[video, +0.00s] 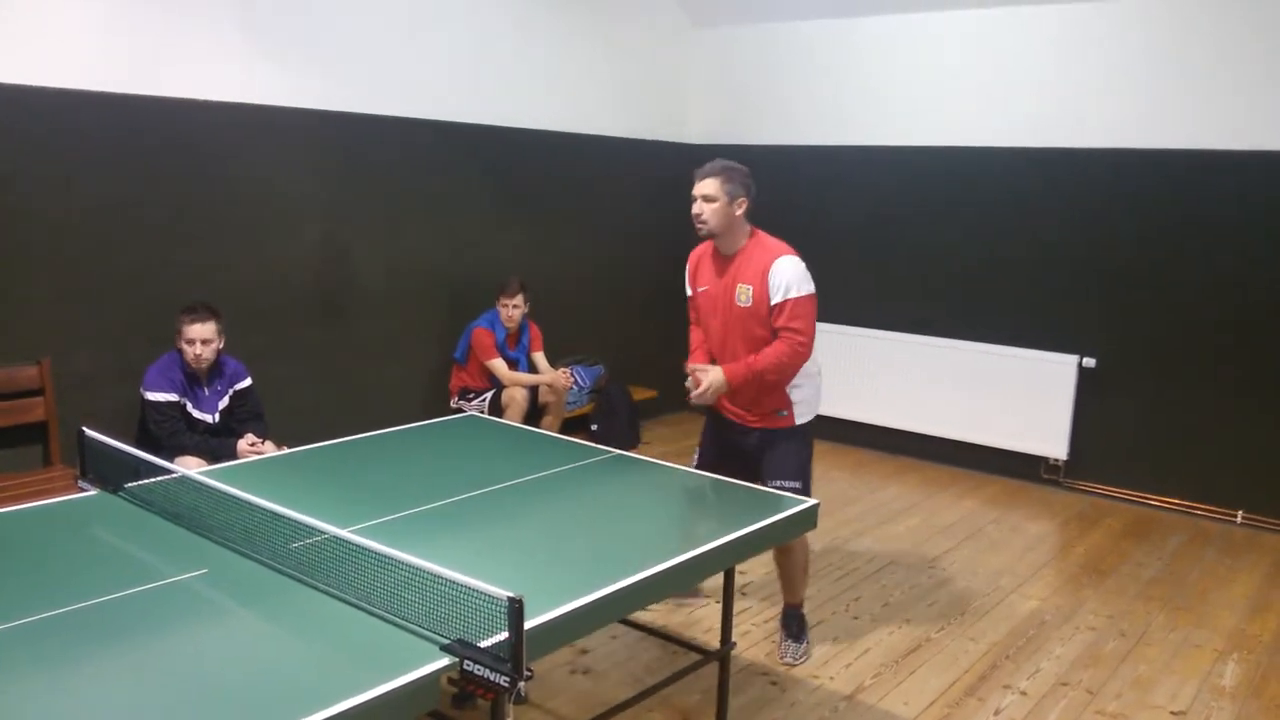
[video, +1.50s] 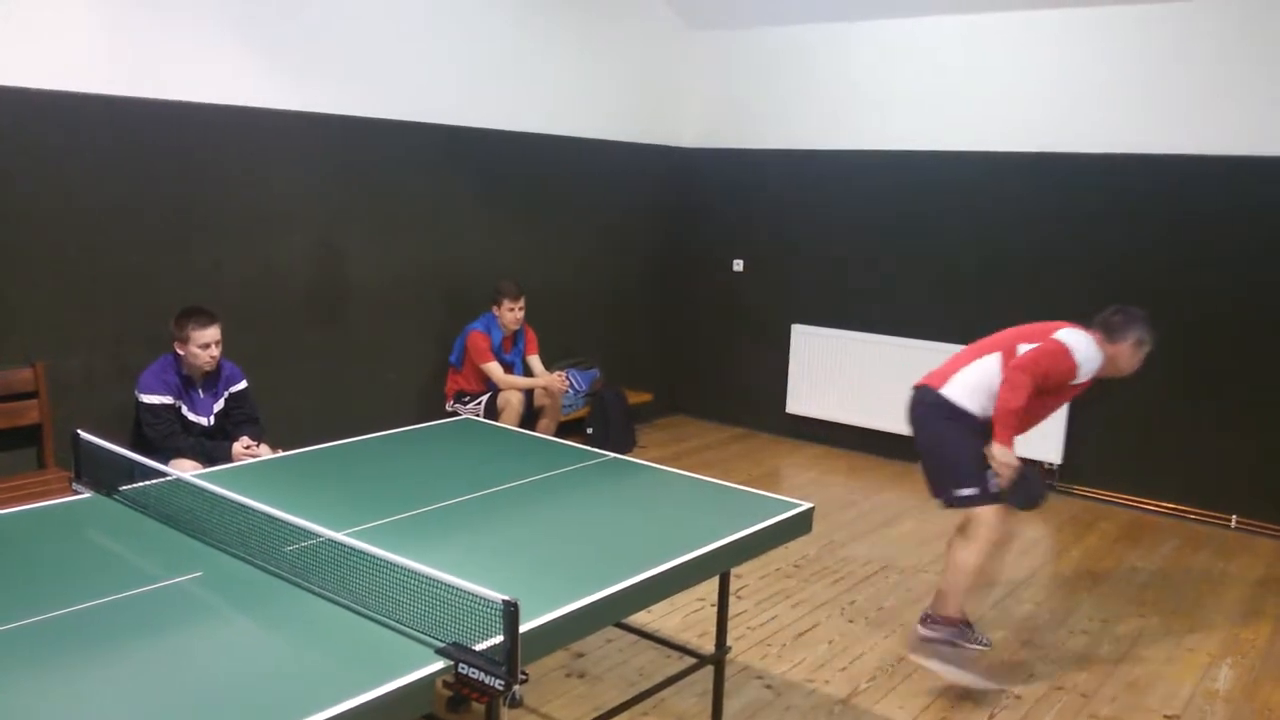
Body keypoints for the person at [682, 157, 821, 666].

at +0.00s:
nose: (696, 209)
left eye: (707, 201)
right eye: (694, 200)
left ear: (740, 206)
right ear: (696, 206)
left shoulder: (782, 265)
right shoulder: (697, 261)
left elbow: (796, 344)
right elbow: (699, 329)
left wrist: (728, 377)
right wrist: (699, 365)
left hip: (781, 424)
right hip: (724, 416)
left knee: (787, 523)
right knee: (699, 503)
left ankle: (793, 616)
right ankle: (686, 578)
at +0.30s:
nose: (698, 227)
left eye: (709, 217)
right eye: (696, 217)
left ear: (743, 216)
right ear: (698, 218)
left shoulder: (794, 267)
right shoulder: (701, 271)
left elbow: (824, 343)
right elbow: (697, 336)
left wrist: (769, 394)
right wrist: (707, 385)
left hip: (800, 416)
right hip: (738, 411)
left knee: (801, 517)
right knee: (712, 499)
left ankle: (814, 615)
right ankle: (719, 579)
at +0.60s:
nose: (729, 311)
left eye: (733, 303)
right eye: (720, 306)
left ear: (749, 276)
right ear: (704, 290)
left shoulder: (802, 287)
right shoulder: (693, 301)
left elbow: (849, 340)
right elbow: (677, 333)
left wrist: (870, 401)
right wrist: (674, 383)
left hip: (822, 395)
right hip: (755, 400)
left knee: (867, 478)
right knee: (723, 485)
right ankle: (715, 581)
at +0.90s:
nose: (885, 294)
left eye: (891, 286)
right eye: (884, 284)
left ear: (886, 263)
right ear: (862, 256)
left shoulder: (868, 274)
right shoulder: (795, 279)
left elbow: (864, 313)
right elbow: (722, 295)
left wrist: (878, 344)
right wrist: (670, 334)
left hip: (852, 391)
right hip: (790, 401)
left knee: (912, 461)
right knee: (760, 501)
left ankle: (955, 573)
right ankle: (720, 583)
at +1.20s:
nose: (1037, 327)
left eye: (1043, 321)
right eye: (1039, 316)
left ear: (1020, 304)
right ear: (1020, 299)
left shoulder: (985, 338)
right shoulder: (963, 307)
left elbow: (979, 391)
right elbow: (912, 339)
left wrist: (1013, 445)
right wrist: (929, 406)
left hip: (899, 434)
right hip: (858, 422)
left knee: (949, 506)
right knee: (821, 527)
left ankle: (936, 615)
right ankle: (720, 574)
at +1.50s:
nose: (1138, 365)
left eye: (1143, 356)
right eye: (1140, 353)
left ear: (1113, 337)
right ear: (1122, 342)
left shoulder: (1082, 353)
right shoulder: (1082, 348)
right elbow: (1020, 371)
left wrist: (1003, 446)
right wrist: (1003, 441)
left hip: (961, 410)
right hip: (947, 407)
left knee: (983, 520)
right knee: (989, 521)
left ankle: (944, 615)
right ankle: (942, 621)